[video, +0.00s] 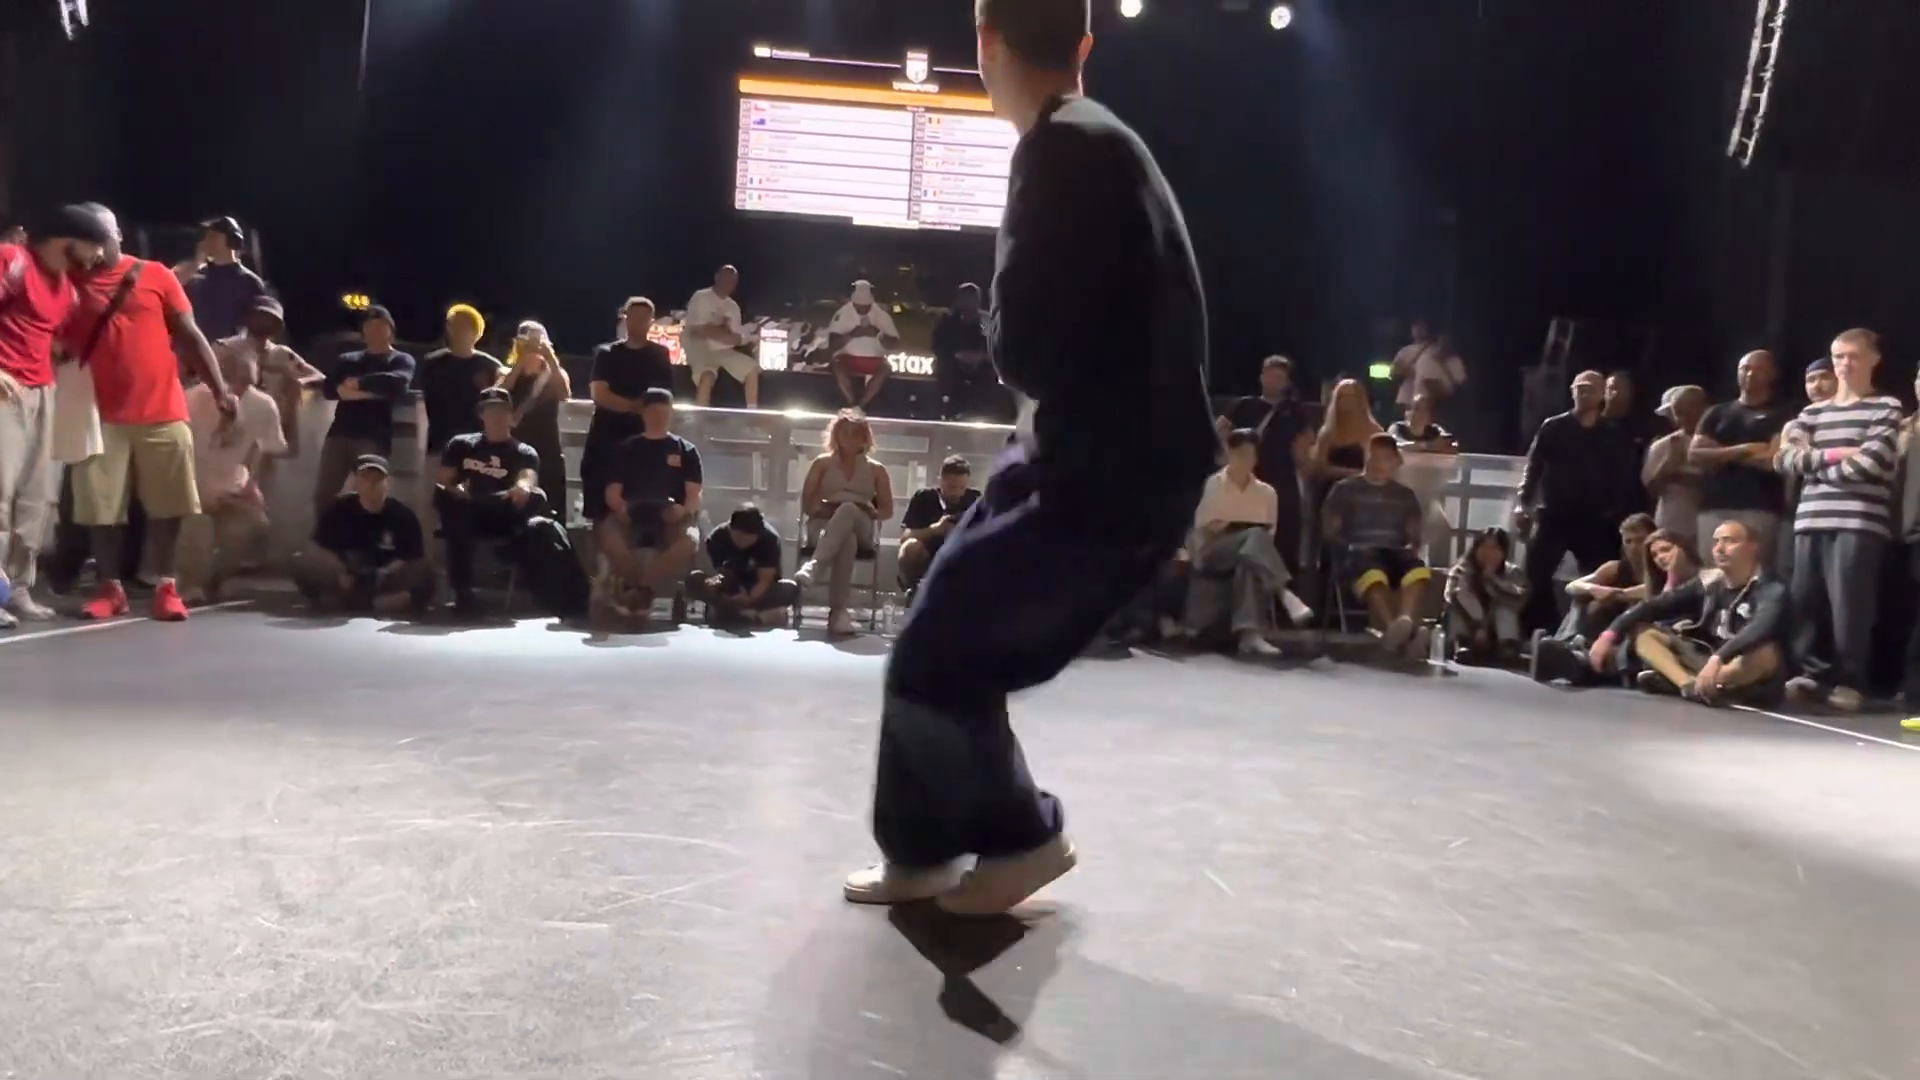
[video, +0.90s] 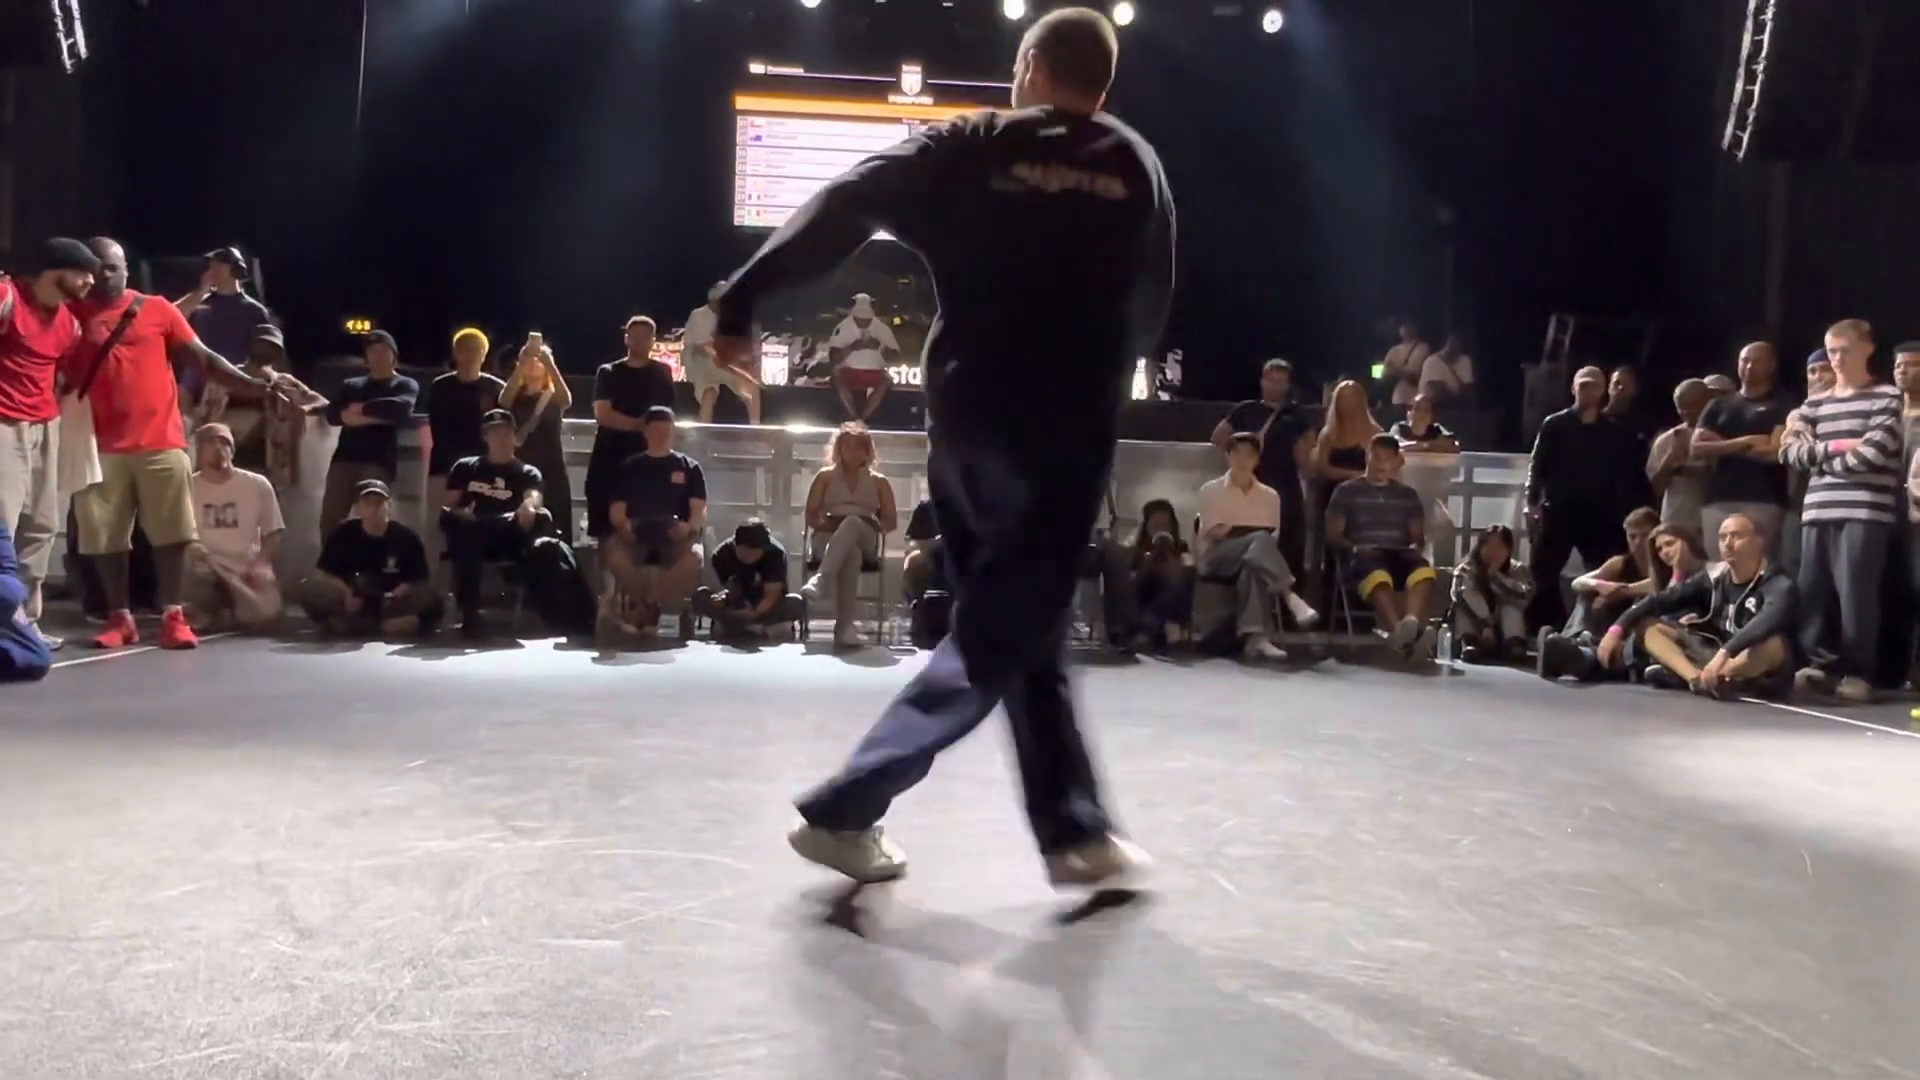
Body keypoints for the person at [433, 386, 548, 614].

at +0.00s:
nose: (497, 416)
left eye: (501, 411)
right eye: (491, 410)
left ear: (511, 416)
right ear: (481, 415)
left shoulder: (525, 453)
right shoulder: (460, 445)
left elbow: (526, 483)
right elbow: (442, 484)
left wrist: (521, 488)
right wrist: (457, 492)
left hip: (505, 506)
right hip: (471, 505)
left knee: (535, 498)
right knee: (454, 512)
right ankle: (463, 593)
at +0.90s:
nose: (500, 438)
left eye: (505, 432)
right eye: (494, 433)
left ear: (514, 437)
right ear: (485, 437)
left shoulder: (528, 473)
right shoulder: (466, 467)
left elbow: (533, 496)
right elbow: (448, 507)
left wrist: (528, 506)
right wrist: (461, 513)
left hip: (511, 531)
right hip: (475, 531)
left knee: (541, 518)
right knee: (461, 530)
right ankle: (470, 613)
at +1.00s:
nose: (501, 439)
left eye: (506, 433)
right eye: (495, 433)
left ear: (515, 437)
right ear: (485, 438)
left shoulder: (529, 473)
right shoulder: (466, 468)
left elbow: (533, 502)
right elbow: (448, 511)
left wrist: (528, 508)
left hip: (511, 534)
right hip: (475, 534)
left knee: (538, 519)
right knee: (462, 536)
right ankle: (471, 615)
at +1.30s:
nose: (504, 441)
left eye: (509, 435)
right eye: (498, 435)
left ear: (517, 440)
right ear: (488, 440)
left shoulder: (531, 475)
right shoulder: (468, 469)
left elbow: (535, 499)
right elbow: (450, 510)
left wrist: (530, 510)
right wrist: (463, 517)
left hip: (513, 534)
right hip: (478, 533)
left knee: (543, 520)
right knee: (465, 537)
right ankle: (473, 618)